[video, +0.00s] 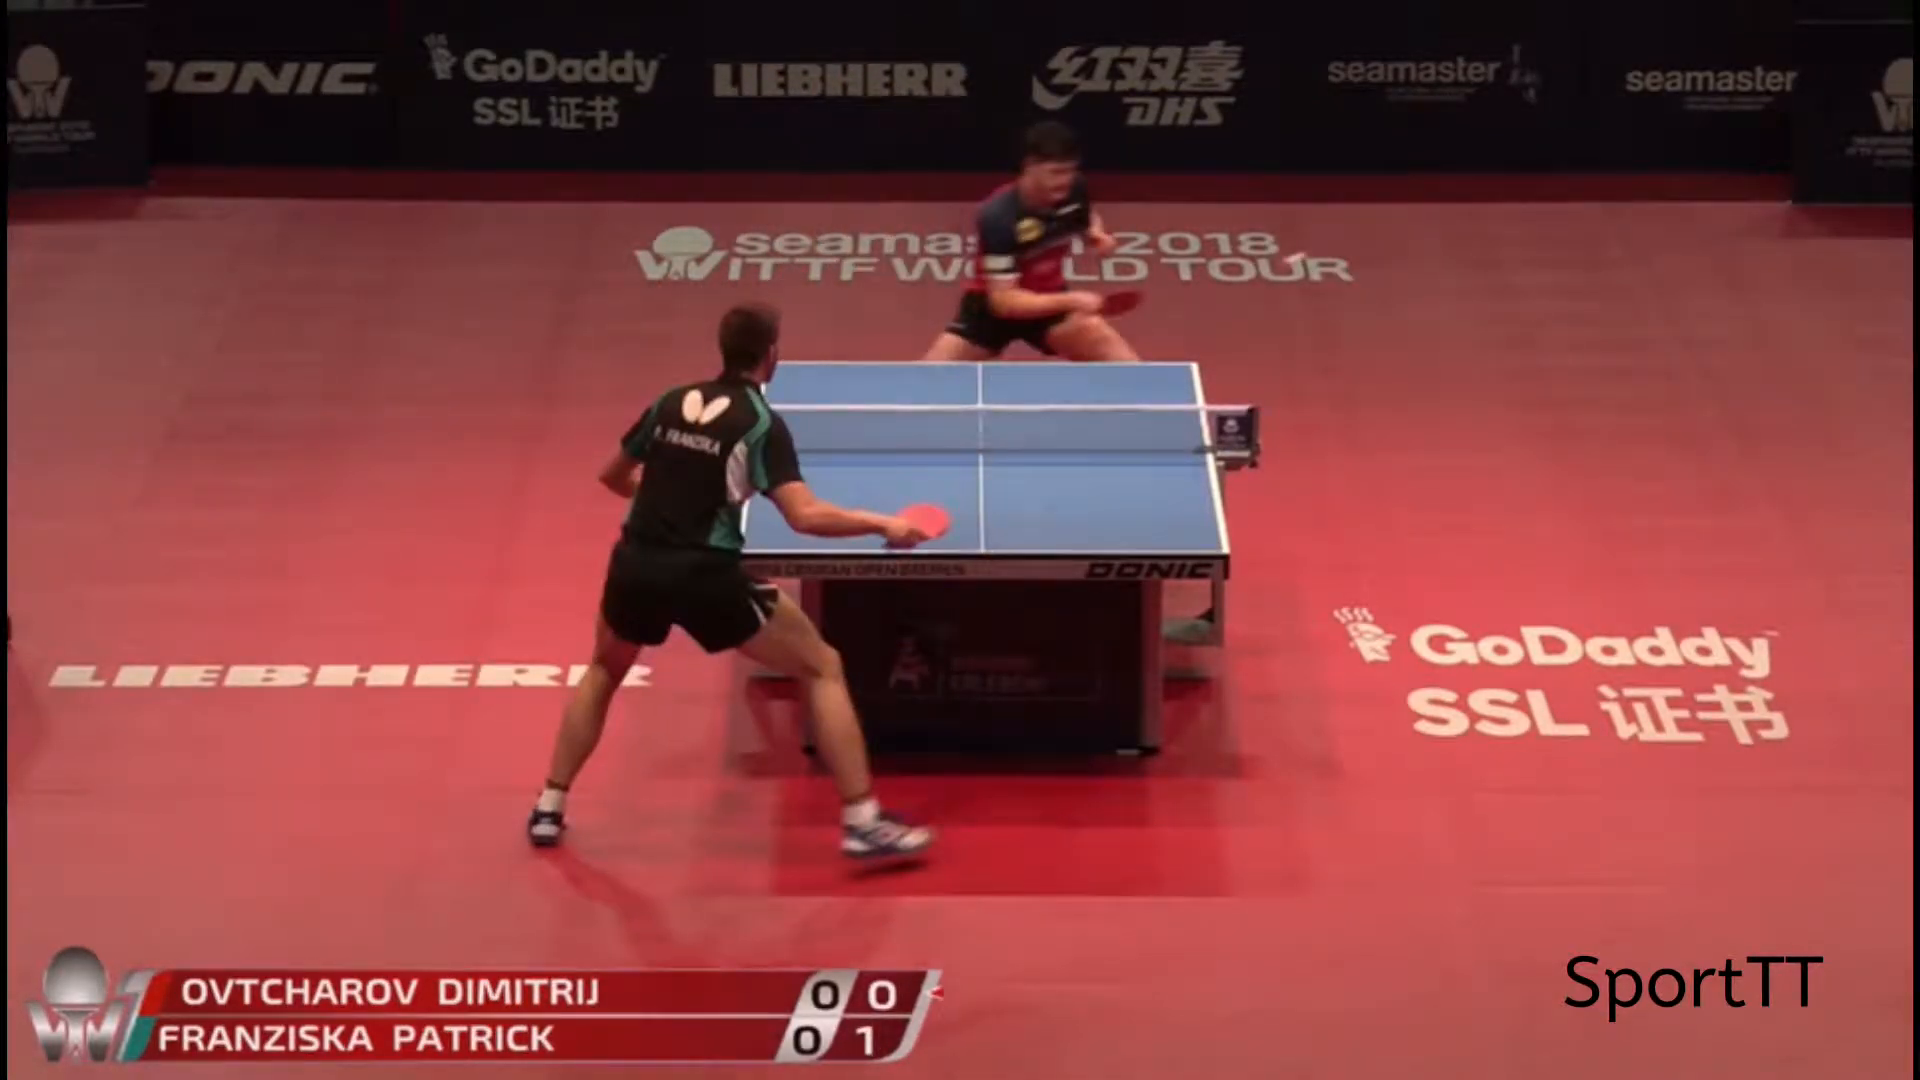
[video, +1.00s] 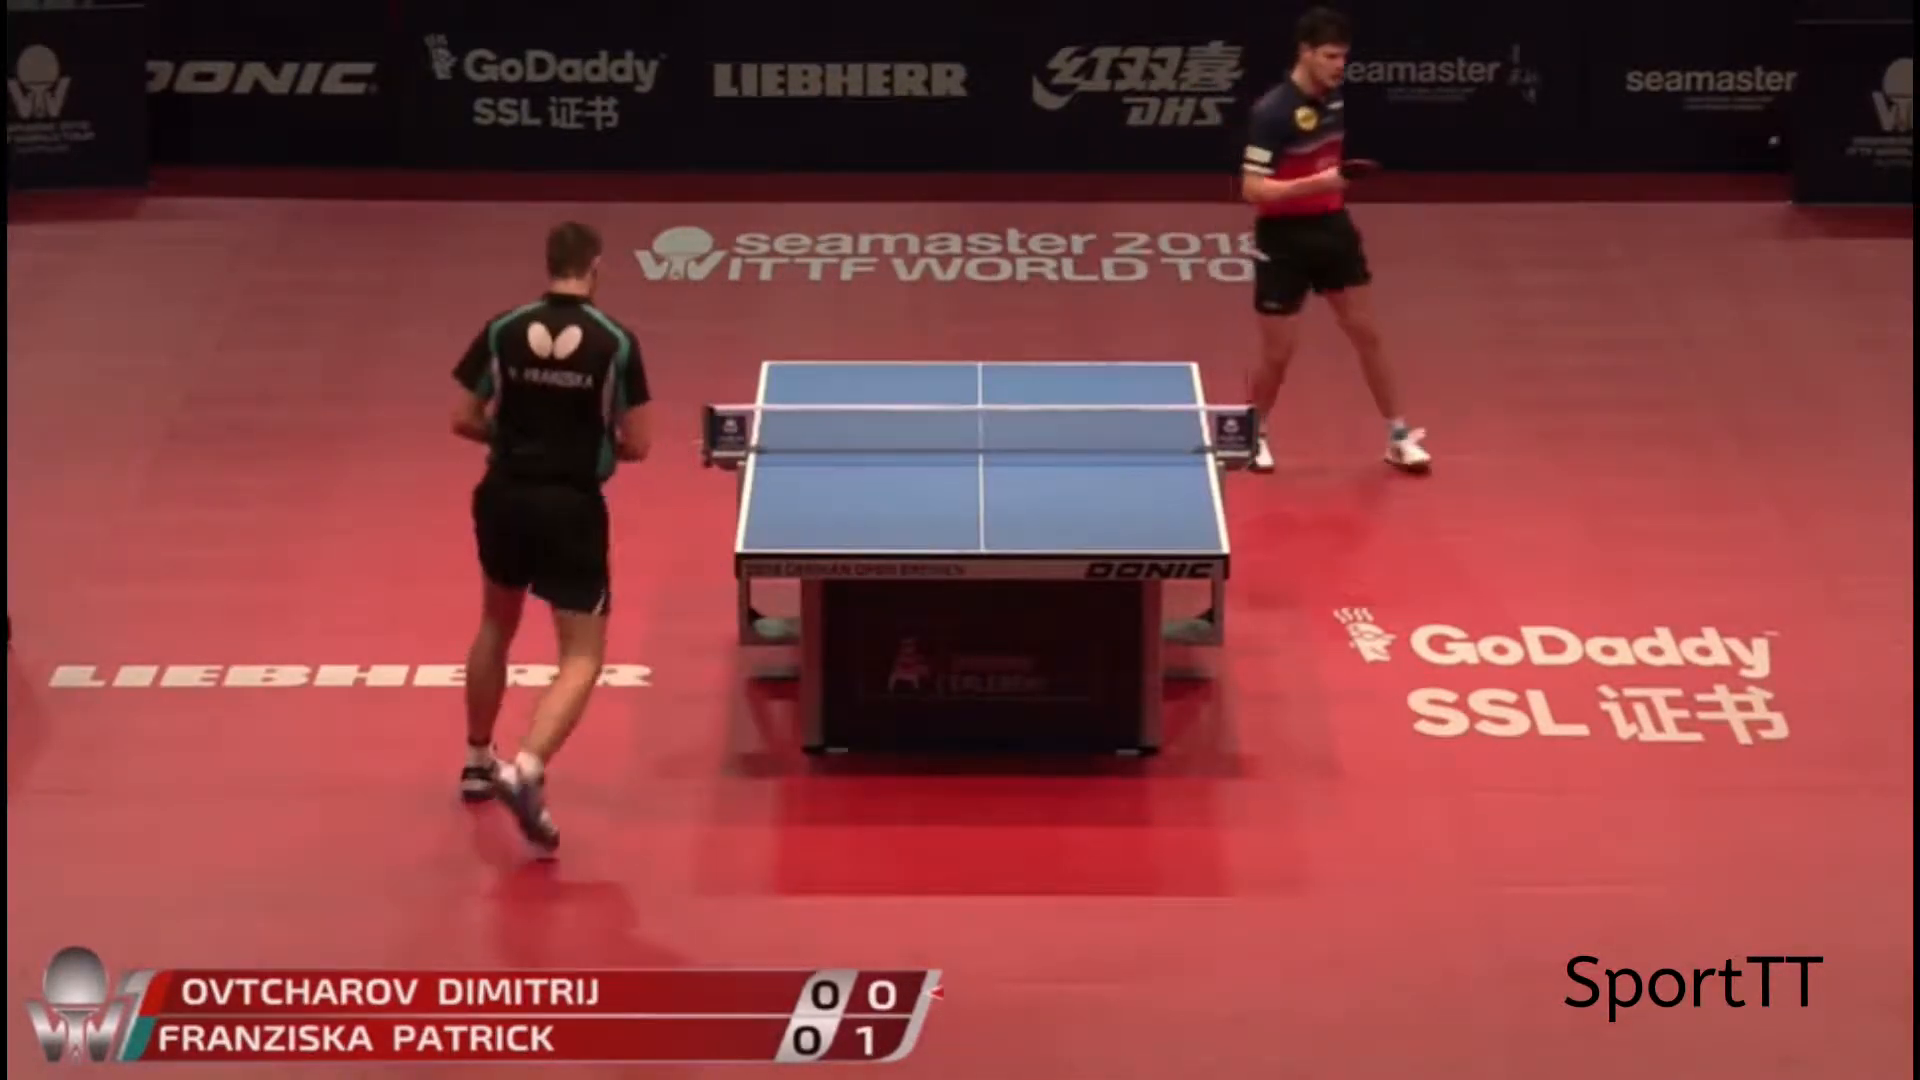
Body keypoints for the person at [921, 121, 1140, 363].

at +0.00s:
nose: (1063, 181)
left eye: (1069, 172)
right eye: (1054, 172)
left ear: (1076, 171)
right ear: (1029, 169)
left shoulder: (1074, 193)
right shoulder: (998, 216)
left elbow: (1086, 218)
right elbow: (1002, 300)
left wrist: (1096, 235)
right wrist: (1071, 301)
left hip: (1050, 306)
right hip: (988, 312)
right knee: (929, 380)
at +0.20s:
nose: (1140, 136)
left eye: (1144, 128)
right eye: (1132, 126)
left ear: (1149, 127)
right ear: (1105, 119)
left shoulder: (1132, 158)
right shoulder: (1065, 168)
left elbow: (1130, 190)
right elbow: (1053, 253)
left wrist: (1152, 221)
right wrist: (1125, 255)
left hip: (1103, 271)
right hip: (1046, 273)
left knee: (1158, 358)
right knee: (989, 367)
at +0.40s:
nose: (1193, 108)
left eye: (1196, 99)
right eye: (1185, 98)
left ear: (1195, 99)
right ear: (1157, 94)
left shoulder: (1179, 137)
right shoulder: (1111, 144)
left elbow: (1168, 178)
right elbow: (1072, 211)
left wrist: (1186, 208)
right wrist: (1127, 253)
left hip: (1159, 252)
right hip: (1105, 257)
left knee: (1229, 341)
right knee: (1091, 362)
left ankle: (1261, 444)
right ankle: (1072, 469)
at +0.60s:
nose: (1254, 88)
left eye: (1256, 78)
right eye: (1244, 78)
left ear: (1257, 79)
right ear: (1217, 77)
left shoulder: (1248, 123)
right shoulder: (1182, 131)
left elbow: (1247, 171)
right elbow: (1138, 200)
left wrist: (1269, 199)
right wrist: (1193, 232)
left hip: (1234, 248)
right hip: (1180, 251)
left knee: (1291, 341)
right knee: (1141, 356)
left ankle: (1283, 441)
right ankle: (1108, 452)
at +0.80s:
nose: (1300, 49)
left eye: (1304, 41)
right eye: (1292, 40)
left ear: (1305, 43)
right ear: (1265, 37)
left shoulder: (1295, 85)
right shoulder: (1229, 92)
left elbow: (1289, 138)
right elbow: (1199, 168)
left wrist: (1307, 174)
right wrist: (1264, 188)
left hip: (1286, 215)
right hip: (1232, 221)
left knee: (1319, 321)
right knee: (1229, 330)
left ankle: (1318, 425)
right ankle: (1221, 430)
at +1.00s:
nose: (1338, 66)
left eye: (1343, 57)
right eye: (1330, 56)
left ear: (1344, 57)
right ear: (1303, 53)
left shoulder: (1334, 100)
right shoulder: (1272, 111)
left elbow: (1320, 167)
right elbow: (1253, 188)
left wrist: (1346, 176)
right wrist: (1320, 182)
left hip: (1332, 231)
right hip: (1283, 238)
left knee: (1364, 330)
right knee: (1277, 350)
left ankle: (1399, 432)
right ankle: (1255, 431)